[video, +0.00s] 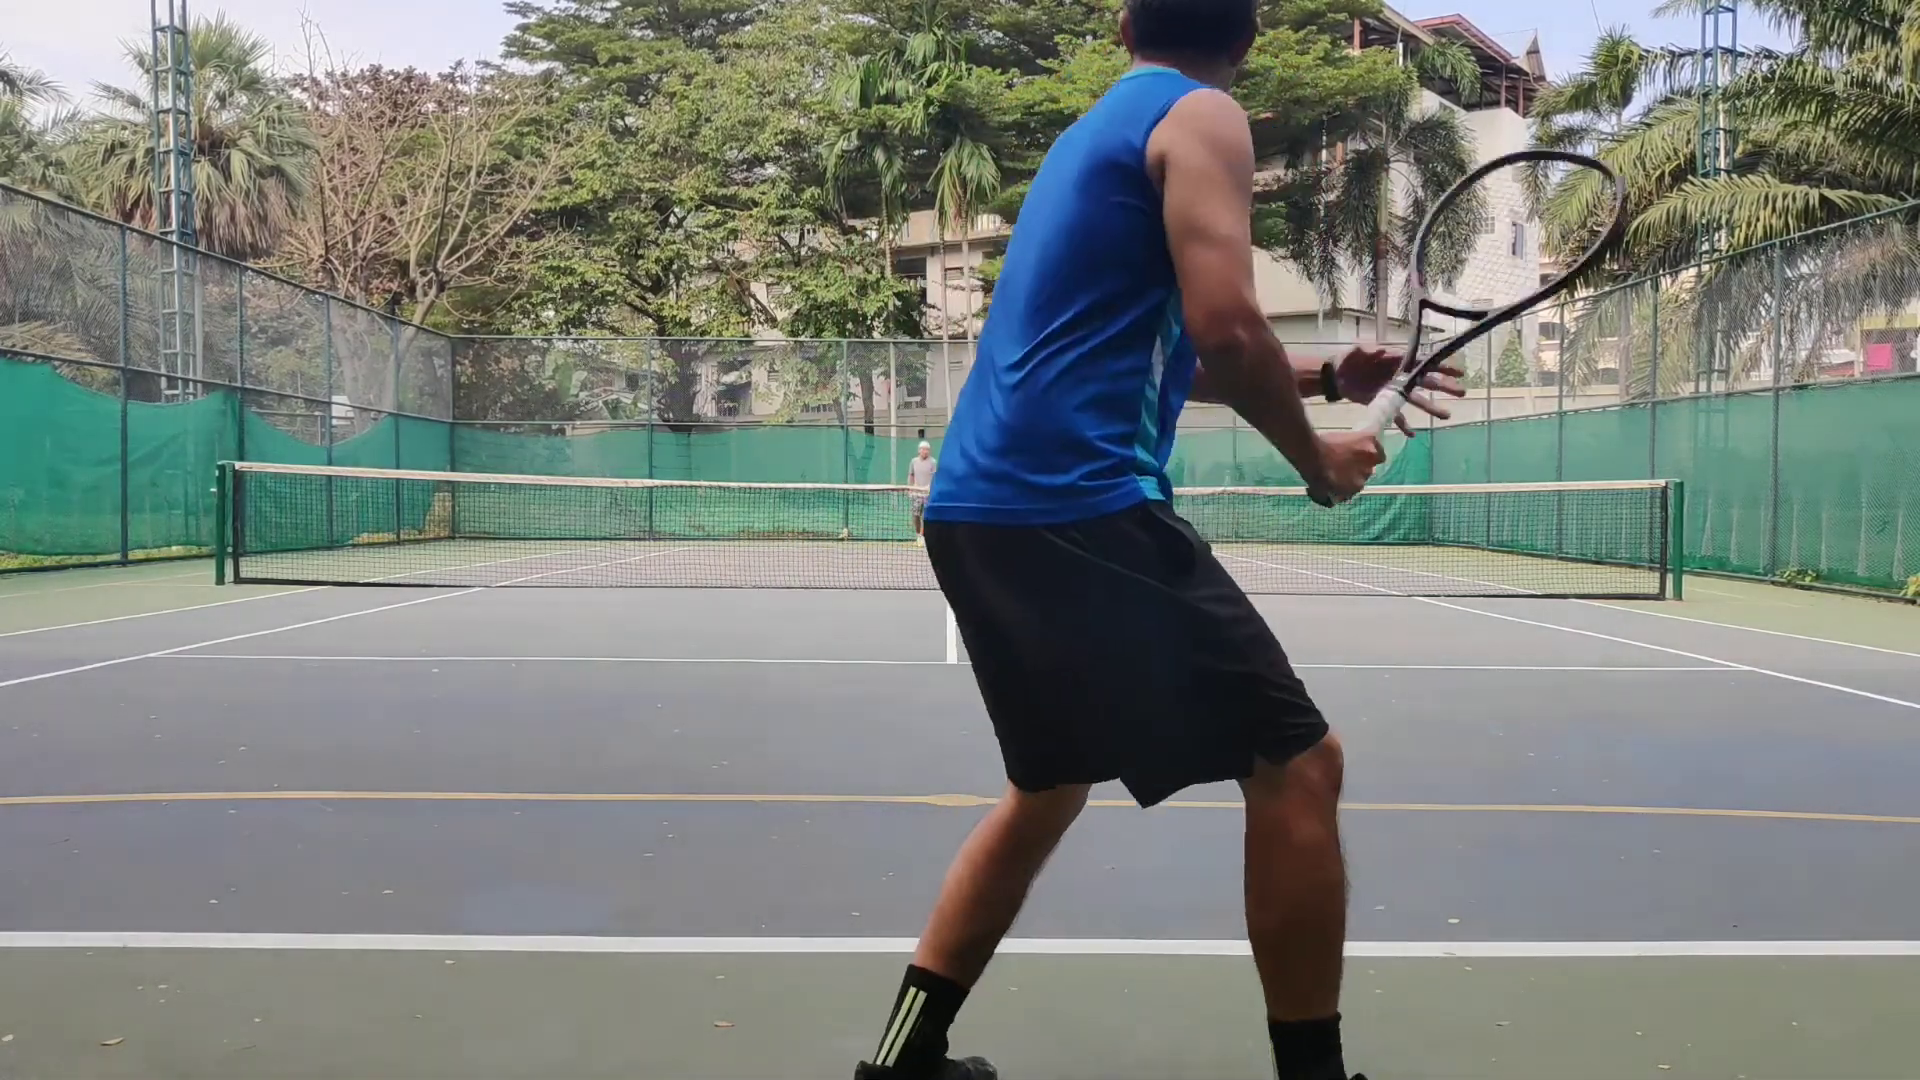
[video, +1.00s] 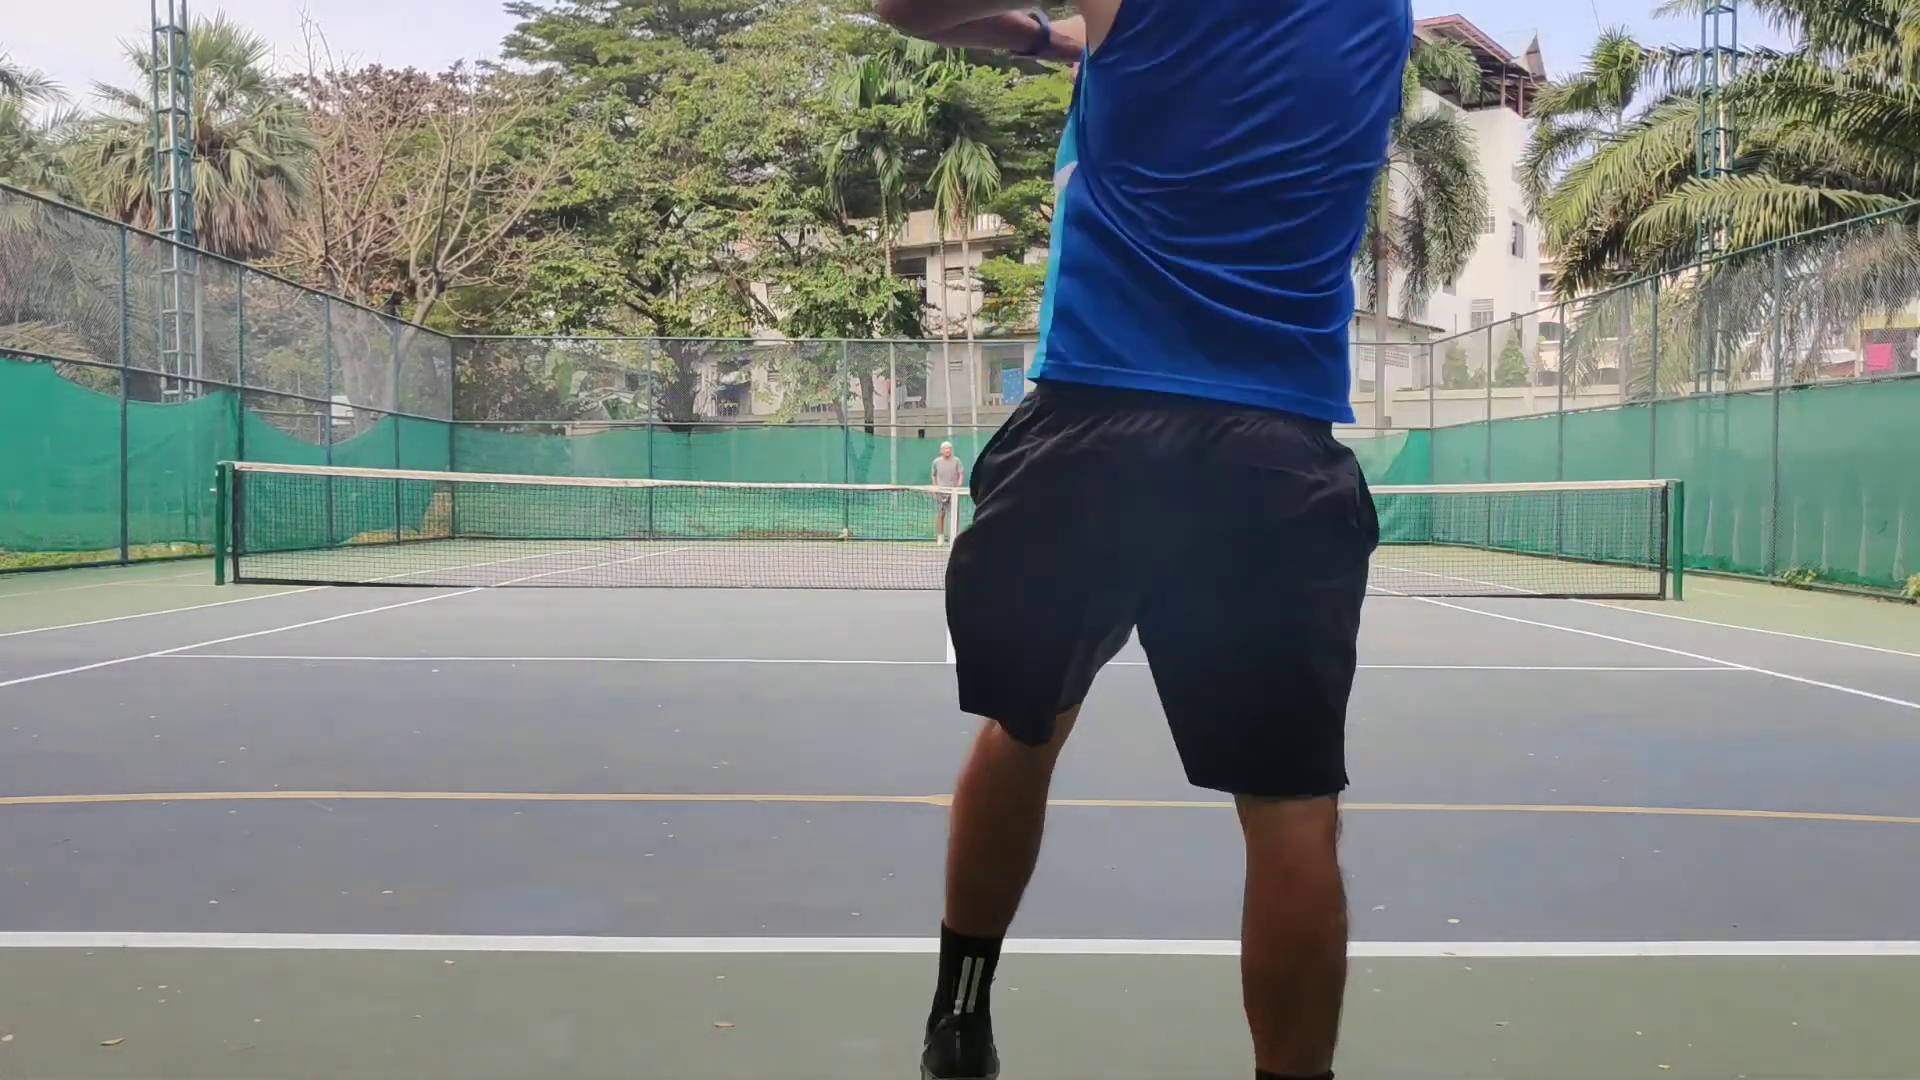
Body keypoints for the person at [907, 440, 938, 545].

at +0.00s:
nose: (924, 452)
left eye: (926, 449)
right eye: (922, 449)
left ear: (929, 451)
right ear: (919, 450)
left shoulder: (933, 462)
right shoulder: (914, 461)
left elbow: (934, 475)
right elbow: (911, 475)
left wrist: (932, 488)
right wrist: (910, 487)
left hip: (928, 491)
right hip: (916, 491)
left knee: (927, 514)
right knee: (916, 514)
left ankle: (924, 535)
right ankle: (918, 534)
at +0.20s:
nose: (924, 452)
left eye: (925, 449)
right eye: (921, 449)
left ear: (929, 451)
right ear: (918, 451)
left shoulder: (933, 461)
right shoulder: (914, 462)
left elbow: (940, 473)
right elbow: (909, 476)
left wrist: (946, 481)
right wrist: (910, 488)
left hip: (931, 491)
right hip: (918, 491)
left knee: (930, 515)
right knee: (919, 515)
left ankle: (929, 537)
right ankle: (919, 535)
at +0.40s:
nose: (927, 450)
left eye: (929, 448)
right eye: (925, 448)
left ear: (932, 449)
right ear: (921, 450)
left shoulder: (937, 460)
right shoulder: (917, 461)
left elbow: (943, 472)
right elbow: (910, 473)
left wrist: (948, 483)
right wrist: (911, 486)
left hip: (934, 490)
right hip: (921, 491)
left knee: (939, 514)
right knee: (921, 515)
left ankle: (941, 536)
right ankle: (920, 536)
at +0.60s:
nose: (934, 453)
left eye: (936, 451)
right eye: (932, 451)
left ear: (939, 452)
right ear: (928, 452)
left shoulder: (943, 463)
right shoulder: (923, 463)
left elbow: (947, 476)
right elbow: (919, 477)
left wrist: (948, 487)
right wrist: (920, 488)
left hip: (940, 491)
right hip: (927, 491)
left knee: (945, 514)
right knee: (925, 514)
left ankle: (949, 533)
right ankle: (921, 535)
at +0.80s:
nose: (943, 453)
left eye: (944, 450)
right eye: (941, 451)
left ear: (947, 452)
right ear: (937, 452)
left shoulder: (952, 463)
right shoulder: (933, 463)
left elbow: (956, 477)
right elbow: (930, 477)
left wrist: (955, 490)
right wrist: (930, 488)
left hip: (949, 491)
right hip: (937, 491)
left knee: (951, 515)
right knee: (932, 513)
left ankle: (951, 536)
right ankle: (925, 534)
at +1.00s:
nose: (947, 451)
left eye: (949, 448)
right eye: (945, 449)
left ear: (951, 450)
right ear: (941, 450)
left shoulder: (956, 461)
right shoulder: (936, 462)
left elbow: (961, 473)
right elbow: (933, 474)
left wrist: (959, 483)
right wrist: (935, 485)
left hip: (954, 489)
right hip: (941, 489)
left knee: (955, 513)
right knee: (941, 513)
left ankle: (955, 535)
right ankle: (940, 535)